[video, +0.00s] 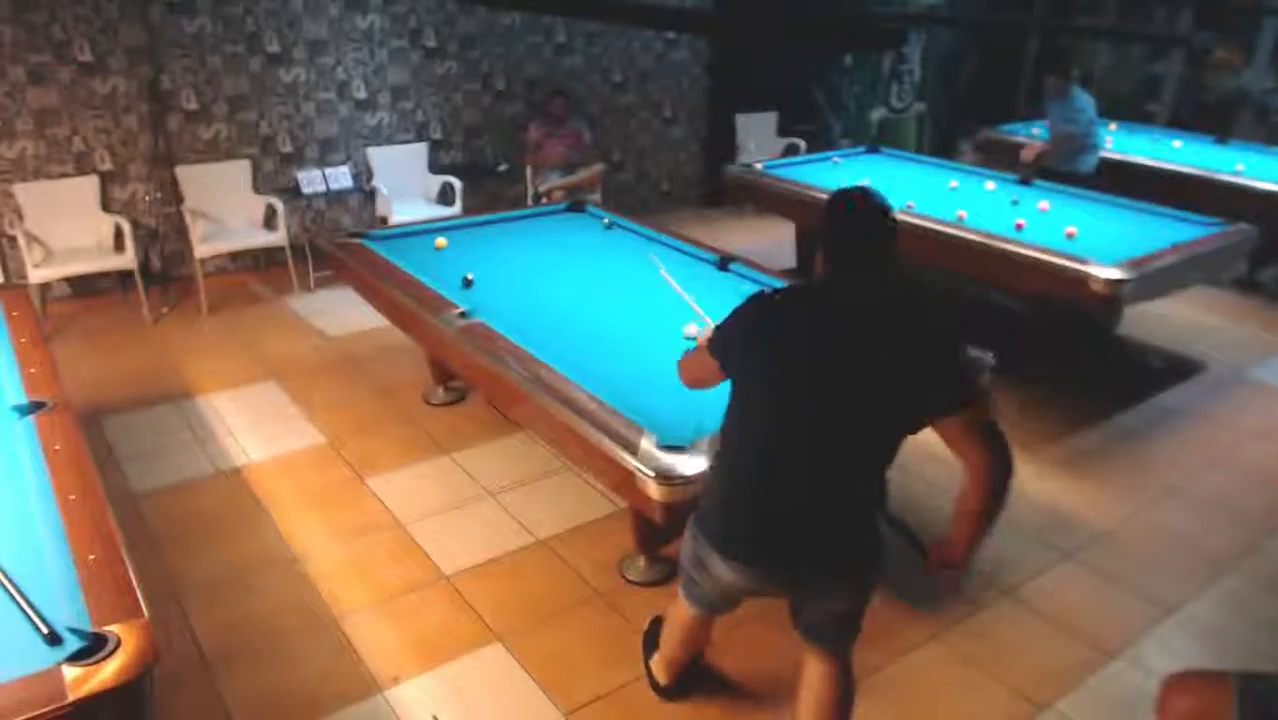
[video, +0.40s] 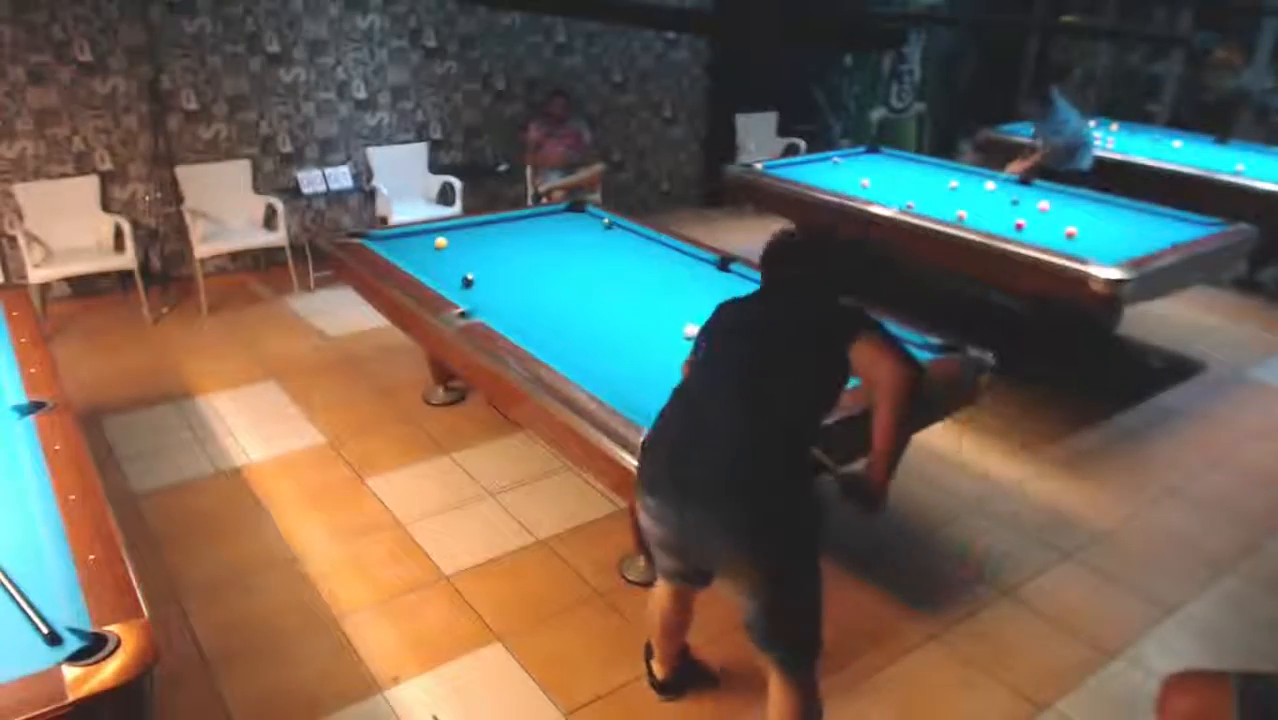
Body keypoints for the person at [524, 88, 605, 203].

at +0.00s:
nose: (558, 111)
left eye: (562, 107)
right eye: (554, 107)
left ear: (568, 109)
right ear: (547, 108)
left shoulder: (578, 127)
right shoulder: (537, 128)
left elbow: (588, 152)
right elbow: (530, 160)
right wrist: (531, 194)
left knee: (599, 167)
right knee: (559, 195)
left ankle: (550, 188)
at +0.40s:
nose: (558, 111)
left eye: (562, 107)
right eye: (554, 107)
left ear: (568, 108)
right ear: (547, 107)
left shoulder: (578, 127)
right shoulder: (537, 128)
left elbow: (588, 152)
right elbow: (530, 159)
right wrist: (531, 194)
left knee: (599, 168)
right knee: (559, 195)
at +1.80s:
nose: (560, 111)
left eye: (563, 106)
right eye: (556, 107)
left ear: (569, 107)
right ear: (549, 108)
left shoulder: (578, 125)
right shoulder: (540, 127)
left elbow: (593, 153)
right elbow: (528, 157)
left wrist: (575, 161)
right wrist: (553, 162)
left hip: (577, 165)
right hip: (551, 169)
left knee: (601, 169)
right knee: (559, 196)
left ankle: (548, 188)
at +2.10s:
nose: (560, 111)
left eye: (563, 106)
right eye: (555, 107)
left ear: (568, 107)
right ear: (549, 108)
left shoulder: (578, 125)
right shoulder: (540, 127)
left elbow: (593, 155)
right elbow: (528, 157)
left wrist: (572, 160)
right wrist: (551, 162)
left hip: (576, 166)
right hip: (552, 169)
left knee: (601, 168)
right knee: (558, 196)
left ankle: (550, 187)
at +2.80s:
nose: (559, 110)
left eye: (563, 106)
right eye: (555, 106)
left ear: (568, 108)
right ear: (548, 108)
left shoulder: (578, 126)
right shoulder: (538, 127)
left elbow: (593, 155)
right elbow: (528, 157)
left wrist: (571, 161)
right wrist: (555, 162)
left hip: (576, 168)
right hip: (550, 170)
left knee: (601, 168)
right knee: (558, 196)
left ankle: (549, 187)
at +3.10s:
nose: (559, 110)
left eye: (563, 106)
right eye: (555, 106)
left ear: (568, 108)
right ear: (548, 108)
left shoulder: (578, 126)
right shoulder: (538, 127)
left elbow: (593, 155)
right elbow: (528, 157)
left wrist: (571, 161)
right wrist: (556, 161)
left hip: (576, 168)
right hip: (550, 170)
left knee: (601, 168)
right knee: (558, 196)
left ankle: (549, 187)